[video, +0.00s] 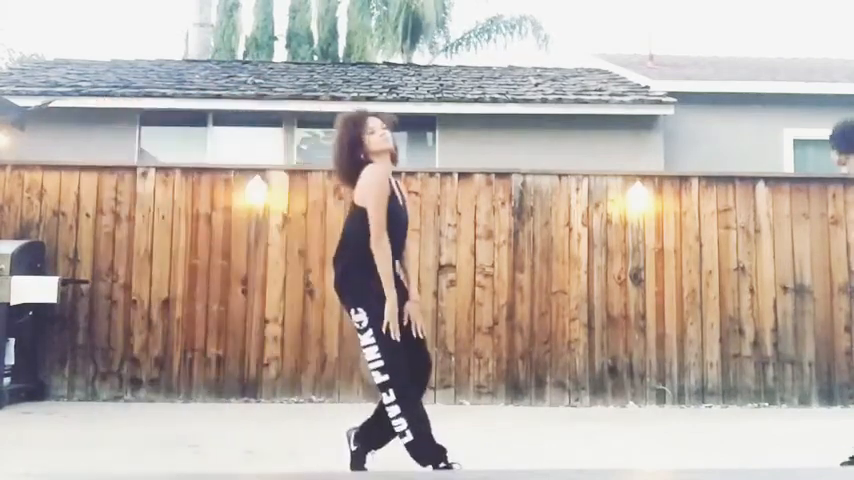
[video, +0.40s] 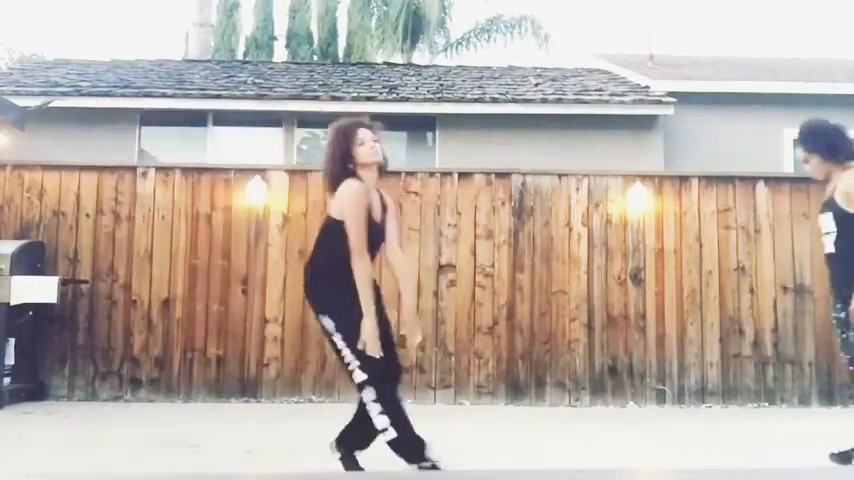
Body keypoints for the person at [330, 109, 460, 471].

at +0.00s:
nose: (385, 133)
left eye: (384, 128)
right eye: (375, 131)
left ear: (389, 135)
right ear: (362, 145)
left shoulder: (392, 178)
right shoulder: (375, 174)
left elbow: (396, 245)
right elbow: (377, 239)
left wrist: (410, 295)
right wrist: (390, 296)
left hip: (383, 278)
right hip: (360, 279)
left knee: (418, 362)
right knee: (391, 367)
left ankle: (366, 437)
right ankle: (431, 456)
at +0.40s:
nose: (373, 145)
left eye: (374, 140)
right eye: (363, 143)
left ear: (379, 148)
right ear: (349, 155)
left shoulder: (385, 200)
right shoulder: (352, 190)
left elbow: (396, 255)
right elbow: (358, 257)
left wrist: (409, 313)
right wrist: (369, 318)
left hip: (359, 282)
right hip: (329, 285)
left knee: (387, 367)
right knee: (369, 369)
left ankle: (349, 440)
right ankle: (416, 454)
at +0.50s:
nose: (359, 140)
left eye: (362, 134)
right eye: (349, 137)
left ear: (368, 143)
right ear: (334, 148)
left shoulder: (371, 188)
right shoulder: (333, 185)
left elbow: (387, 237)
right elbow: (337, 252)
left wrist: (409, 286)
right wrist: (345, 313)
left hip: (354, 278)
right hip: (322, 283)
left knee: (376, 362)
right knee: (357, 362)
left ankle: (352, 442)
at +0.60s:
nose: (344, 128)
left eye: (347, 123)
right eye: (334, 125)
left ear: (353, 134)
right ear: (320, 137)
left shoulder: (355, 180)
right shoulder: (317, 173)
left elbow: (378, 215)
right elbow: (312, 238)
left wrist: (394, 250)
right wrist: (316, 298)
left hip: (344, 271)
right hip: (313, 271)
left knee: (360, 356)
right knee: (316, 358)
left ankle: (346, 441)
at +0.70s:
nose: (325, 118)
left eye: (330, 112)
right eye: (316, 114)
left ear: (339, 121)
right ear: (302, 123)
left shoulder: (337, 167)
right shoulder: (300, 158)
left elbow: (375, 189)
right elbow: (285, 220)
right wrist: (285, 284)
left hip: (326, 264)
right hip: (291, 261)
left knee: (335, 356)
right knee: (276, 364)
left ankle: (344, 442)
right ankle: (244, 444)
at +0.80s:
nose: (308, 117)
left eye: (314, 111)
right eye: (300, 111)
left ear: (324, 119)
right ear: (286, 118)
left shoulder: (327, 160)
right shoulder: (277, 156)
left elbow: (363, 167)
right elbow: (254, 216)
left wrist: (339, 160)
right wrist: (254, 275)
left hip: (307, 264)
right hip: (269, 263)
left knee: (307, 354)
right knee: (257, 358)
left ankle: (299, 440)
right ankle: (241, 450)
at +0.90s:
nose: (294, 121)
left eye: (300, 114)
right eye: (286, 114)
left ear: (311, 123)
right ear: (271, 123)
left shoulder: (317, 163)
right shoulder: (260, 161)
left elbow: (344, 156)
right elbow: (228, 218)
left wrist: (299, 142)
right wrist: (230, 272)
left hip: (292, 269)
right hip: (253, 265)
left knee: (279, 361)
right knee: (249, 358)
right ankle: (241, 448)